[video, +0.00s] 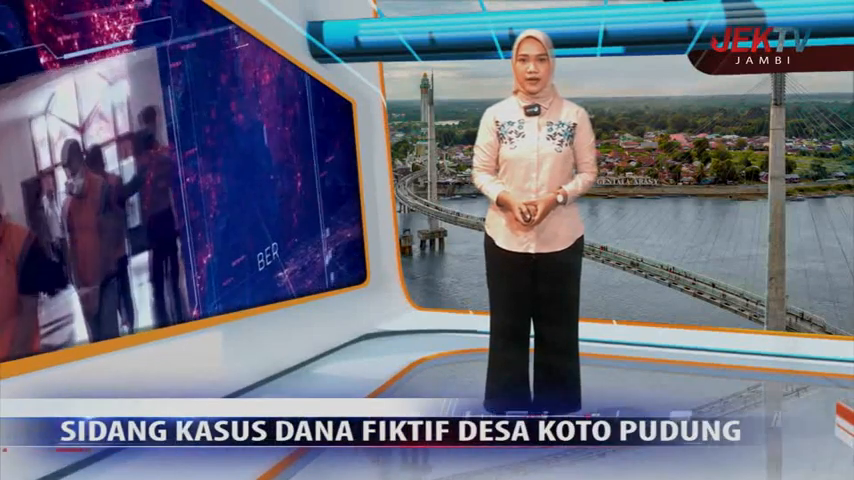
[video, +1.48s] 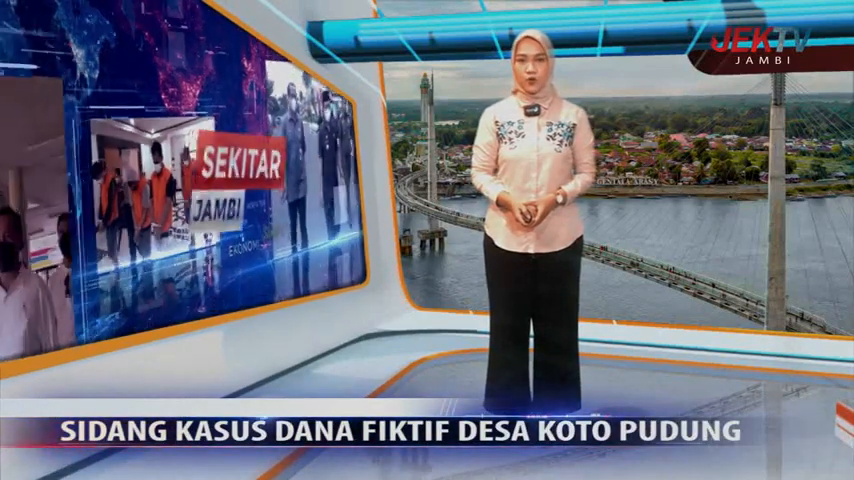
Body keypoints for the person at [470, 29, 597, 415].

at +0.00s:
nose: (532, 67)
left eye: (540, 59)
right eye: (524, 59)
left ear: (552, 65)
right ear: (513, 65)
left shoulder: (574, 116)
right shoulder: (495, 116)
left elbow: (588, 173)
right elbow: (481, 172)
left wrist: (554, 198)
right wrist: (508, 200)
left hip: (559, 243)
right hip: (507, 244)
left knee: (558, 337)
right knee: (508, 336)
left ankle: (558, 422)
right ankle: (507, 422)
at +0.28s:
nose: (533, 67)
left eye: (541, 59)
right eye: (524, 59)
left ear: (553, 65)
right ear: (514, 65)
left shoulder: (575, 116)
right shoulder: (495, 116)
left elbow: (588, 173)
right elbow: (482, 172)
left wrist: (554, 198)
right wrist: (509, 201)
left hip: (559, 243)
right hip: (507, 244)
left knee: (558, 337)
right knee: (508, 336)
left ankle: (558, 422)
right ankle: (507, 422)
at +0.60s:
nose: (532, 67)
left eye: (541, 59)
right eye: (524, 59)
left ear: (552, 65)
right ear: (513, 65)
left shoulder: (575, 116)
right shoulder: (495, 116)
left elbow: (588, 173)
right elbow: (481, 172)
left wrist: (554, 199)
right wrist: (509, 201)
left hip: (559, 243)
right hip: (507, 244)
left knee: (558, 338)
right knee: (508, 336)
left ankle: (557, 422)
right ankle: (507, 422)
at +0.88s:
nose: (532, 67)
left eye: (540, 59)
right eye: (523, 59)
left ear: (552, 65)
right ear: (513, 65)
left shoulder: (574, 116)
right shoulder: (494, 116)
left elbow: (587, 173)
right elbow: (481, 172)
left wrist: (554, 199)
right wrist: (509, 201)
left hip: (559, 243)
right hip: (506, 245)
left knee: (558, 338)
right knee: (508, 337)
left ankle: (557, 422)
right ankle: (506, 423)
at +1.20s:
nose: (531, 66)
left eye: (539, 58)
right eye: (523, 58)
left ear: (551, 64)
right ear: (513, 64)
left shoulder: (574, 116)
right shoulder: (494, 116)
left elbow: (586, 174)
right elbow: (480, 172)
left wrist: (553, 198)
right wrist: (508, 201)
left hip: (559, 243)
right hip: (506, 245)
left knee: (558, 339)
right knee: (507, 337)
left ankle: (558, 423)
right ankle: (506, 424)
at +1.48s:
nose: (531, 67)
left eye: (539, 59)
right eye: (523, 60)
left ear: (551, 65)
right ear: (513, 65)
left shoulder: (574, 116)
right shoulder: (494, 116)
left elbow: (586, 174)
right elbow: (480, 172)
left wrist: (553, 199)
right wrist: (508, 201)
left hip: (559, 243)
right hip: (506, 245)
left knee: (558, 339)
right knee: (507, 337)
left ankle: (558, 423)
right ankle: (506, 423)